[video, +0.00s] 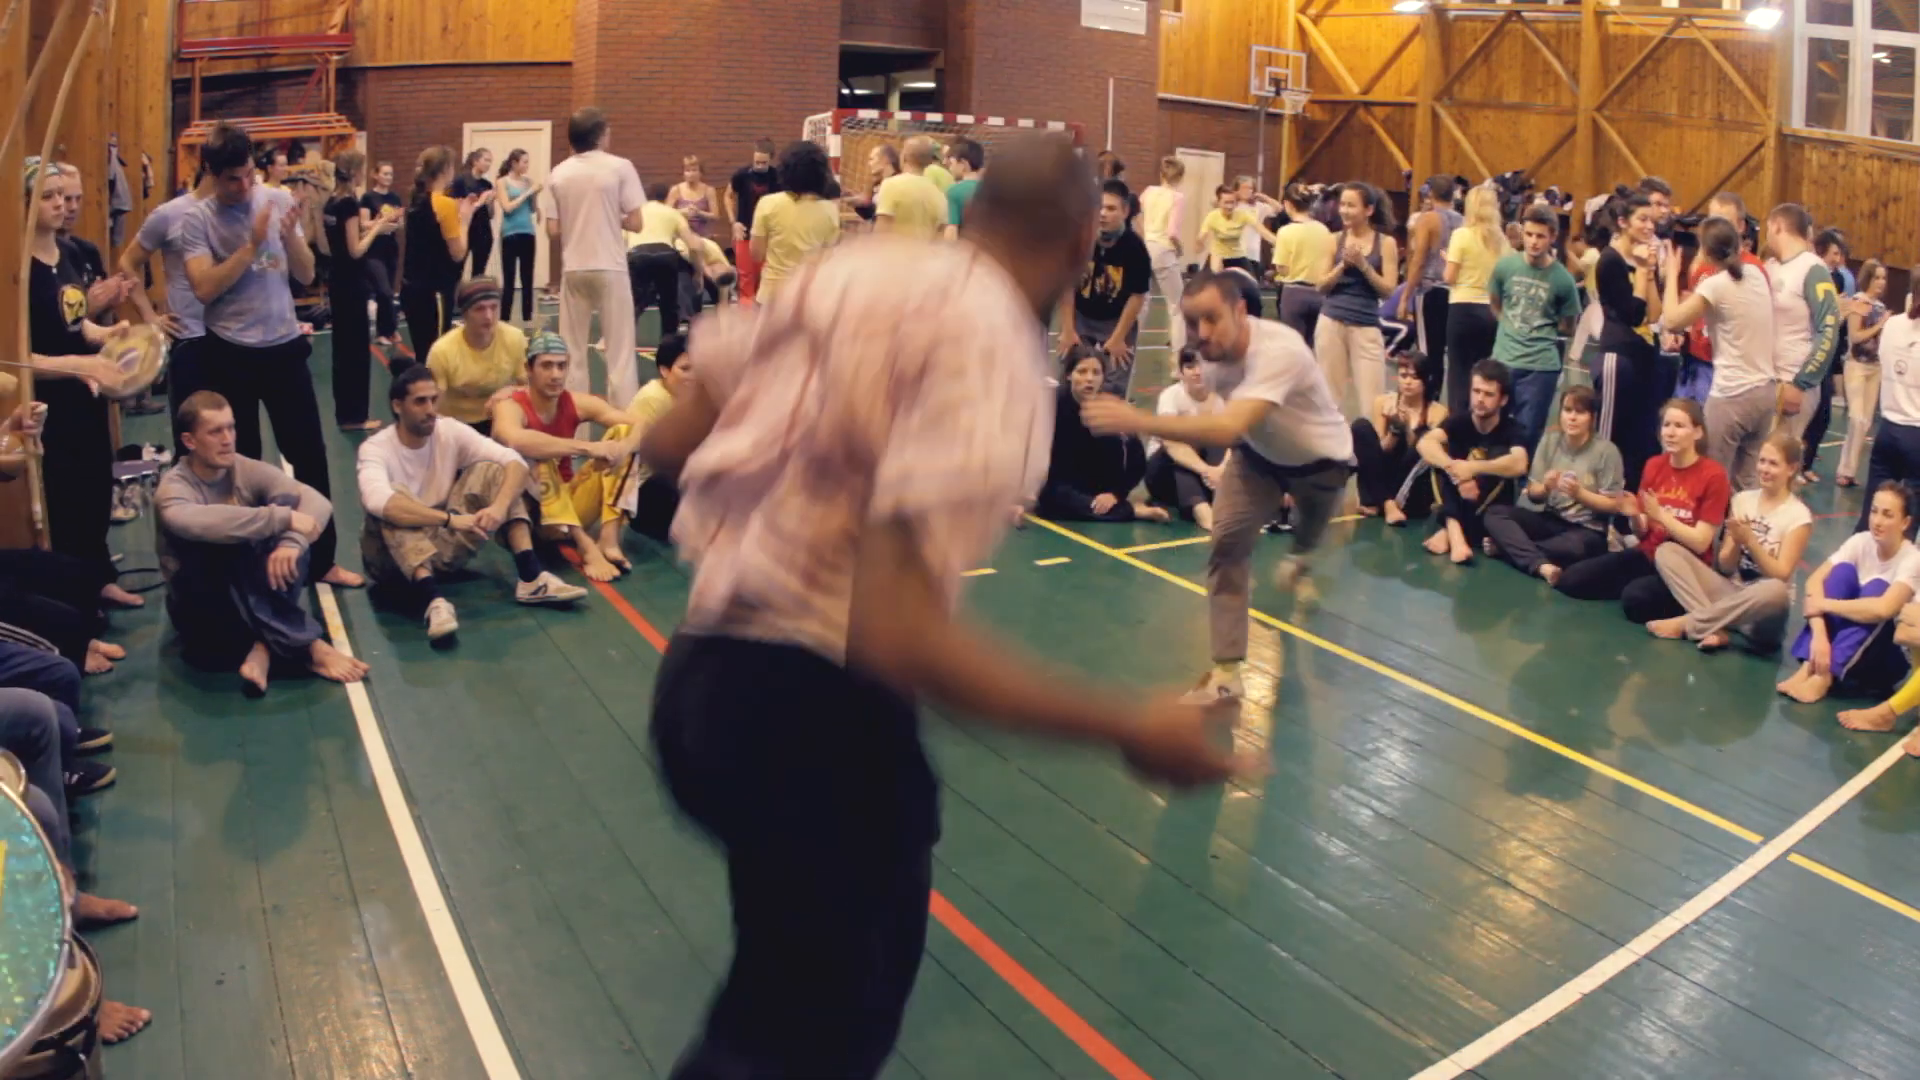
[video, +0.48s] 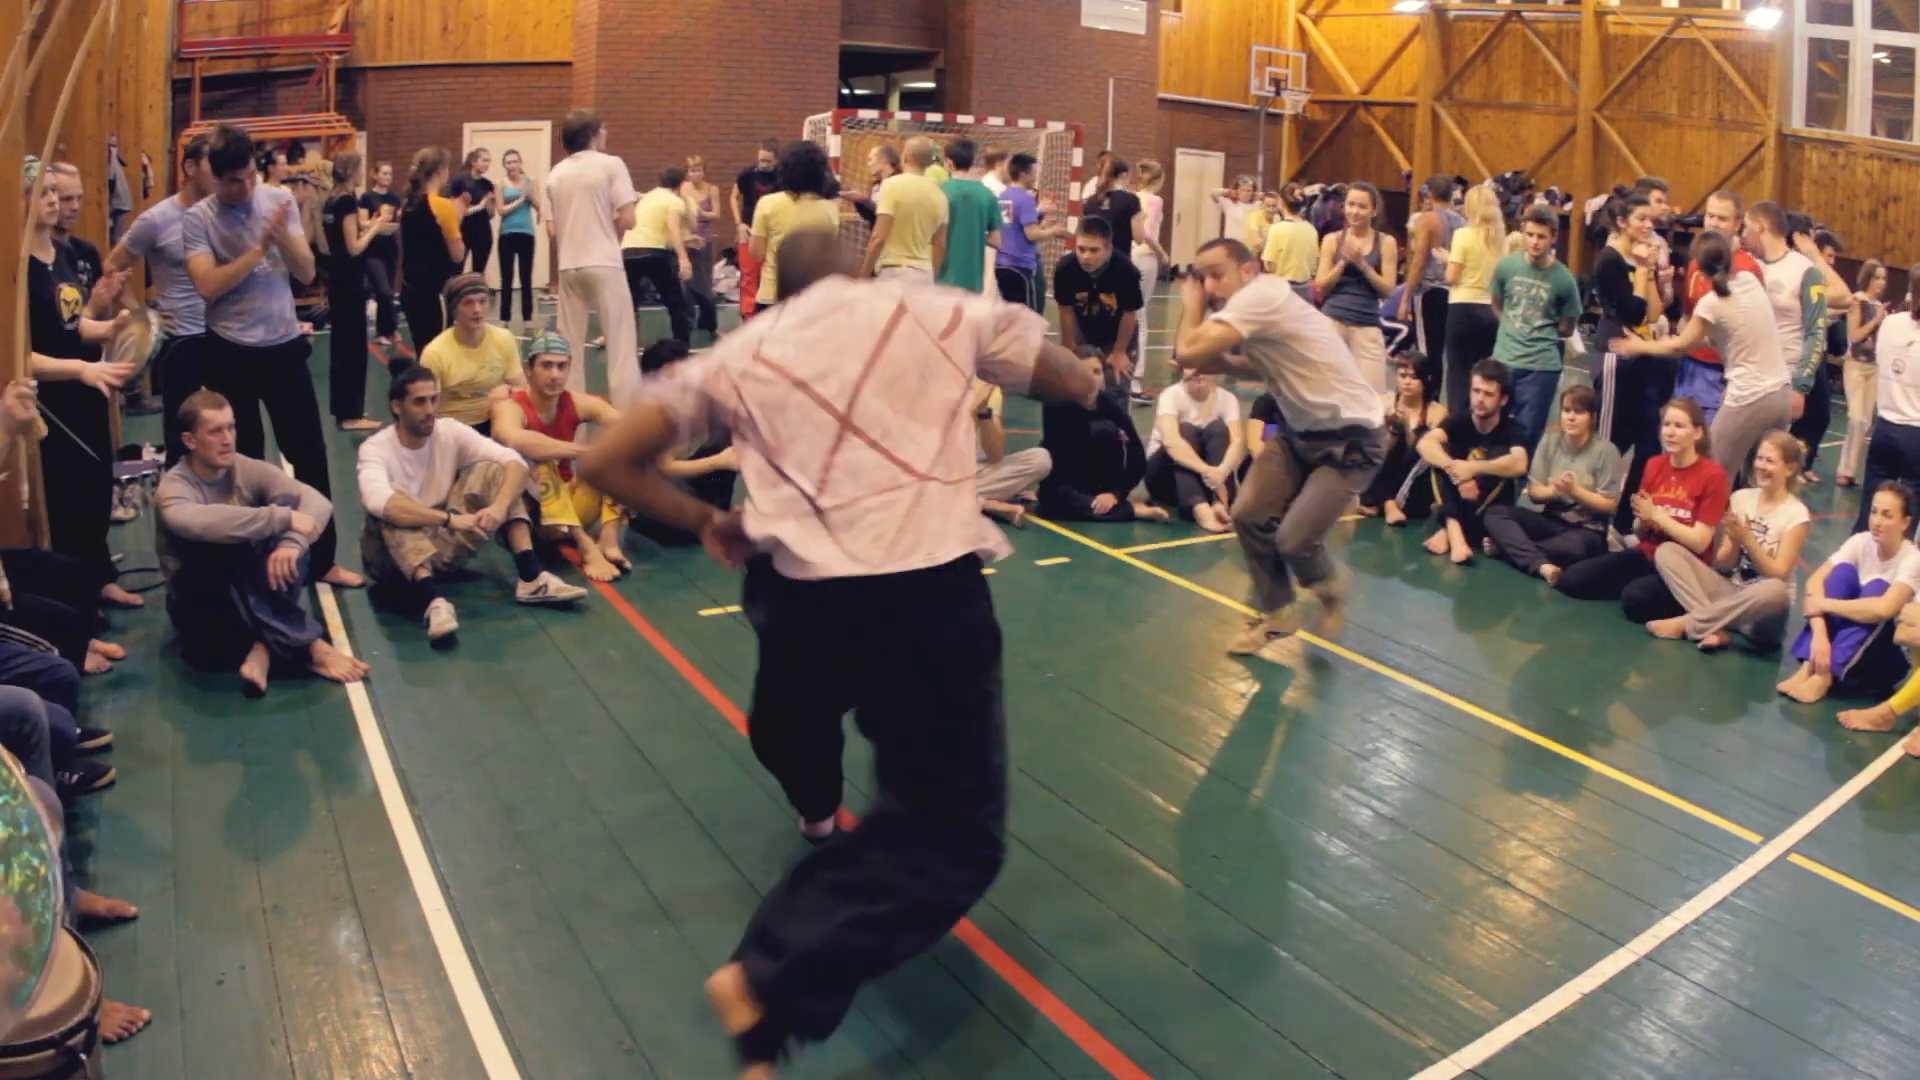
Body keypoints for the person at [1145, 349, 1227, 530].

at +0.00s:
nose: (1196, 372)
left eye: (1200, 366)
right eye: (1190, 367)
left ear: (1209, 369)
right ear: (1180, 373)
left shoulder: (1217, 401)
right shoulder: (1170, 396)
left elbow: (1231, 437)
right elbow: (1171, 443)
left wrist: (1222, 470)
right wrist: (1206, 471)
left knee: (1218, 442)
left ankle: (1221, 506)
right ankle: (1200, 509)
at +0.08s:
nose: (1197, 372)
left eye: (1203, 366)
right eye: (1190, 367)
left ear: (1213, 367)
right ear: (1181, 370)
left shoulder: (1224, 397)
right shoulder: (1170, 395)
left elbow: (1234, 434)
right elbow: (1171, 441)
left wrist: (1222, 475)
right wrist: (1206, 470)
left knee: (1217, 430)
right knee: (1186, 432)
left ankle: (1221, 502)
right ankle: (1199, 506)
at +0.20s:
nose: (1197, 372)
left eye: (1203, 366)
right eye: (1190, 367)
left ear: (1214, 369)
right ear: (1181, 371)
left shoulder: (1221, 395)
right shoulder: (1170, 396)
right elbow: (1171, 442)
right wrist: (1206, 471)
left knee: (1218, 428)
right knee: (1186, 431)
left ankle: (1224, 500)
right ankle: (1196, 504)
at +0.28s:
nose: (1196, 373)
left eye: (1202, 366)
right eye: (1189, 367)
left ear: (1213, 366)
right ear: (1179, 368)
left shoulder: (1225, 399)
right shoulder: (1171, 397)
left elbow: (1233, 442)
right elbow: (1171, 441)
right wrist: (1206, 470)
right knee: (1188, 432)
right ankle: (1195, 503)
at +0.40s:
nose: (1199, 376)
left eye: (1206, 370)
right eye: (1193, 368)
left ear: (1216, 373)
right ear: (1180, 369)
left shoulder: (1227, 400)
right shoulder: (1170, 397)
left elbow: (1237, 441)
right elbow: (1171, 442)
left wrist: (1222, 472)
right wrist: (1210, 476)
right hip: (1168, 481)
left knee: (1218, 427)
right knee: (1186, 431)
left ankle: (1220, 503)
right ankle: (1199, 505)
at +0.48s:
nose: (1199, 381)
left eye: (1204, 374)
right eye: (1192, 377)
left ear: (1213, 375)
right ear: (1183, 378)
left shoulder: (1227, 399)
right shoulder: (1170, 396)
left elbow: (1237, 441)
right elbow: (1171, 441)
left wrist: (1222, 472)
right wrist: (1207, 471)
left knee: (1218, 428)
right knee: (1186, 430)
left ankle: (1219, 501)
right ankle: (1199, 504)